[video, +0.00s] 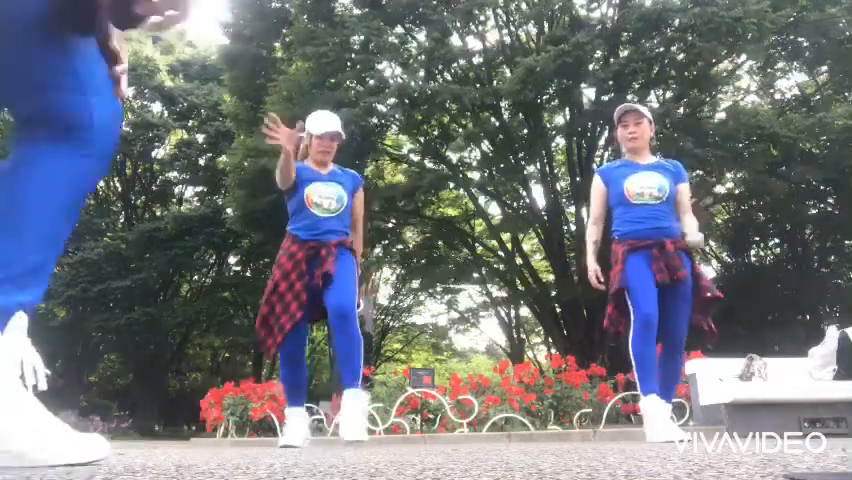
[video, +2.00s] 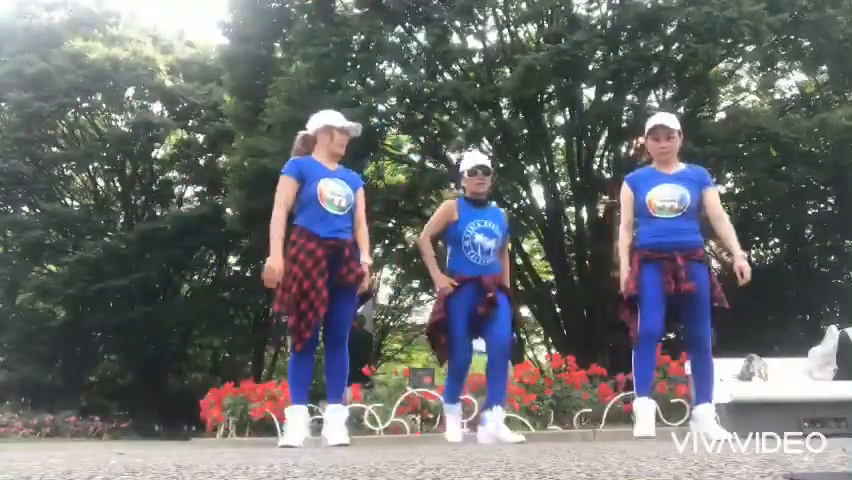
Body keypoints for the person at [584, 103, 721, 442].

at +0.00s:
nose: (631, 128)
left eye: (638, 122)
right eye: (624, 125)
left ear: (652, 129)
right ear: (617, 134)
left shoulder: (674, 168)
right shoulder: (606, 173)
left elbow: (686, 212)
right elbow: (595, 221)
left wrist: (692, 232)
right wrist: (591, 259)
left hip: (674, 251)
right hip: (634, 252)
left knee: (676, 337)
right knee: (646, 315)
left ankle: (663, 413)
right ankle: (649, 403)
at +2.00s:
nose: (664, 141)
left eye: (669, 135)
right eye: (657, 136)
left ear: (679, 139)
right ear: (646, 142)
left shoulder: (698, 175)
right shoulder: (633, 181)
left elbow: (718, 216)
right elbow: (626, 227)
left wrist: (737, 253)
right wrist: (625, 266)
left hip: (693, 260)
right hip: (651, 261)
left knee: (701, 336)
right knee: (650, 330)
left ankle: (703, 411)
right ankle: (643, 405)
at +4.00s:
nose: (656, 127)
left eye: (661, 121)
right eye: (649, 123)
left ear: (673, 126)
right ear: (640, 133)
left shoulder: (695, 156)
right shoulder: (630, 167)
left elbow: (718, 196)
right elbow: (612, 211)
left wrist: (714, 219)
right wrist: (628, 229)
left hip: (697, 245)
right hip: (655, 249)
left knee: (711, 331)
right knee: (656, 334)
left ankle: (719, 414)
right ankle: (657, 414)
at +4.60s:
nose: (636, 125)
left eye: (642, 119)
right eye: (629, 122)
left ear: (657, 125)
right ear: (623, 133)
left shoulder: (682, 156)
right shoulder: (617, 174)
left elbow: (712, 199)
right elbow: (607, 226)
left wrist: (701, 173)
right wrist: (602, 212)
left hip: (676, 242)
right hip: (636, 250)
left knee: (697, 326)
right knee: (634, 332)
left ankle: (718, 409)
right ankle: (650, 417)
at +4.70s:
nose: (637, 131)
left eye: (643, 124)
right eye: (630, 128)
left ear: (657, 130)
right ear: (625, 138)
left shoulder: (679, 158)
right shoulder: (620, 175)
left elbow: (724, 165)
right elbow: (593, 209)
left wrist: (699, 132)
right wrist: (593, 169)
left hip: (674, 247)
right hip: (635, 252)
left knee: (686, 327)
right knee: (627, 332)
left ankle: (713, 408)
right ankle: (650, 416)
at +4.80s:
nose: (636, 130)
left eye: (641, 124)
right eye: (629, 128)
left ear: (657, 129)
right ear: (625, 140)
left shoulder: (678, 152)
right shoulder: (625, 172)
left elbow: (718, 124)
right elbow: (587, 167)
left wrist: (688, 95)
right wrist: (595, 139)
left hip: (677, 250)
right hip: (639, 256)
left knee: (688, 329)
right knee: (621, 328)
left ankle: (713, 408)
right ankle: (648, 413)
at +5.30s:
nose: (617, 154)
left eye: (623, 149)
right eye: (611, 151)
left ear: (636, 155)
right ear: (607, 160)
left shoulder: (650, 170)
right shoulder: (605, 190)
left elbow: (662, 132)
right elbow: (600, 165)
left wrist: (682, 99)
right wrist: (608, 131)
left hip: (662, 253)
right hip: (631, 267)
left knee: (674, 324)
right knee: (624, 345)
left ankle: (704, 402)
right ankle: (652, 419)